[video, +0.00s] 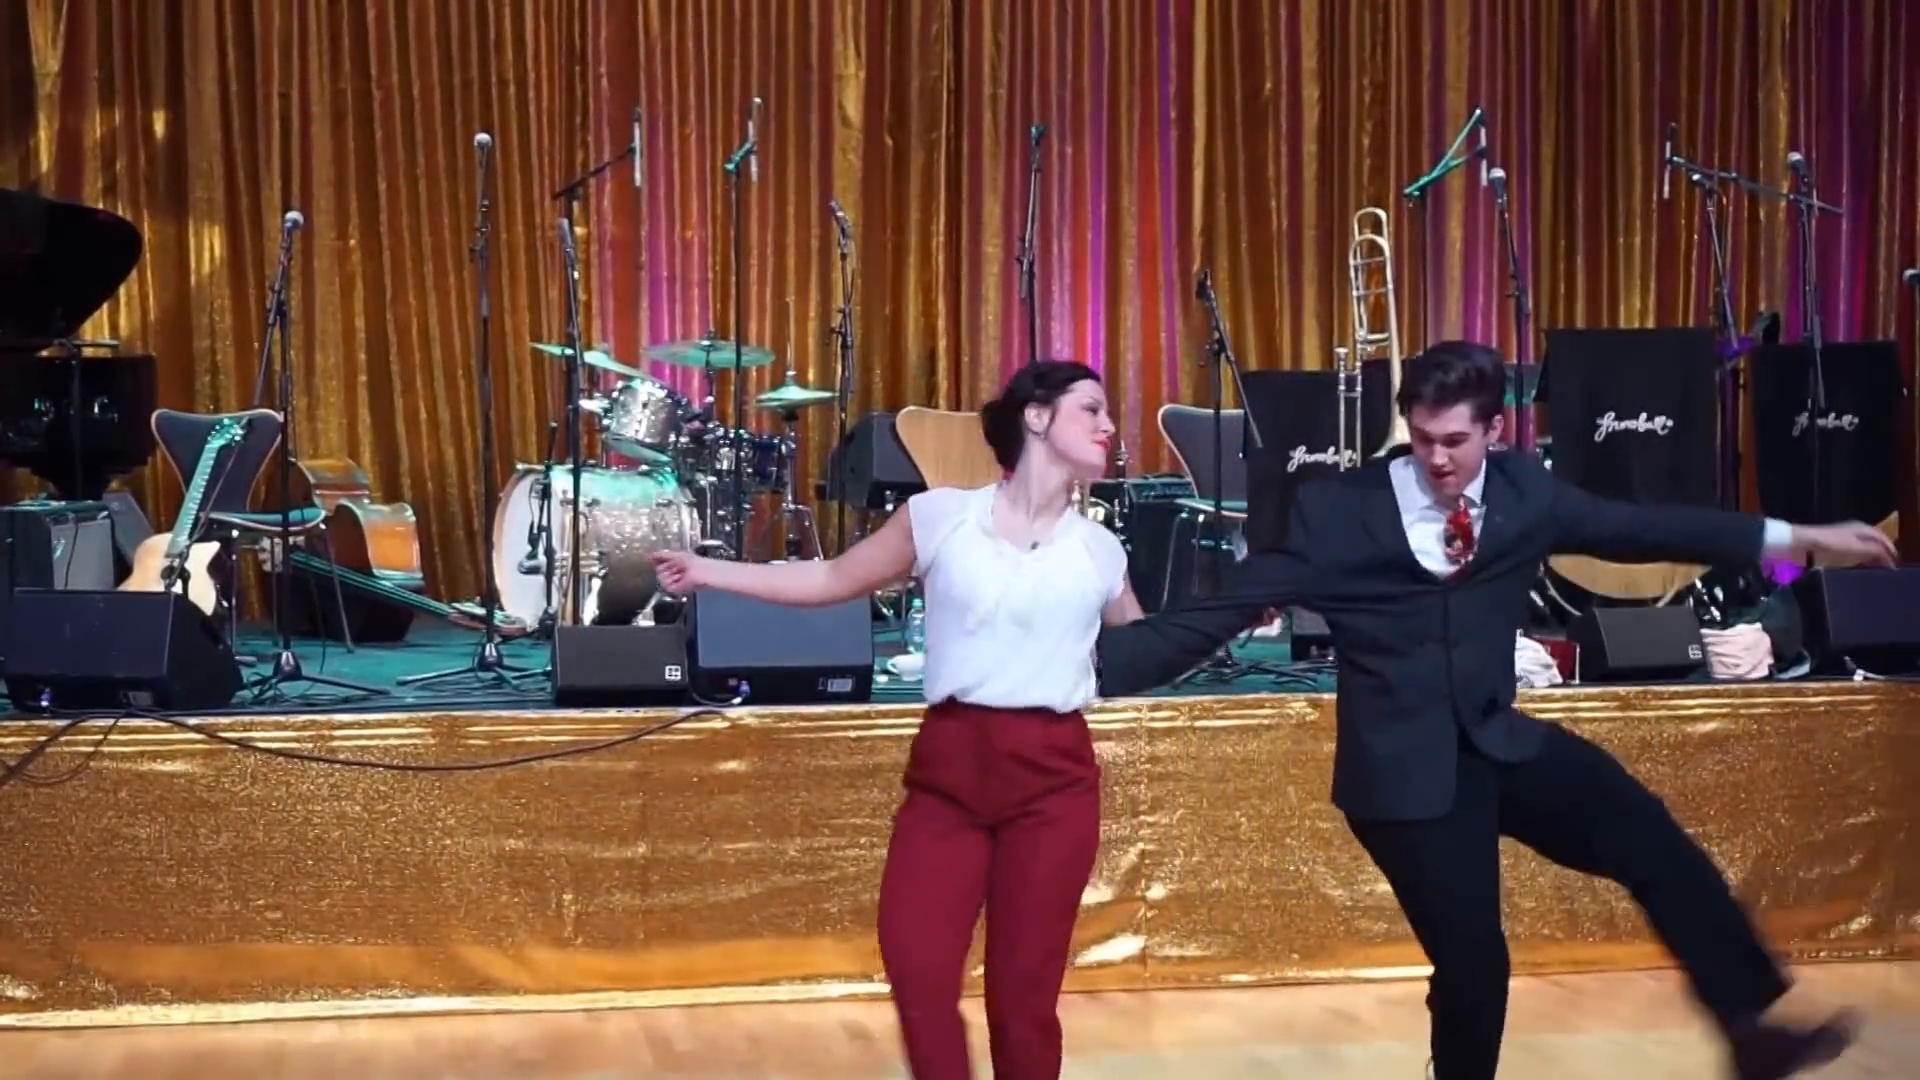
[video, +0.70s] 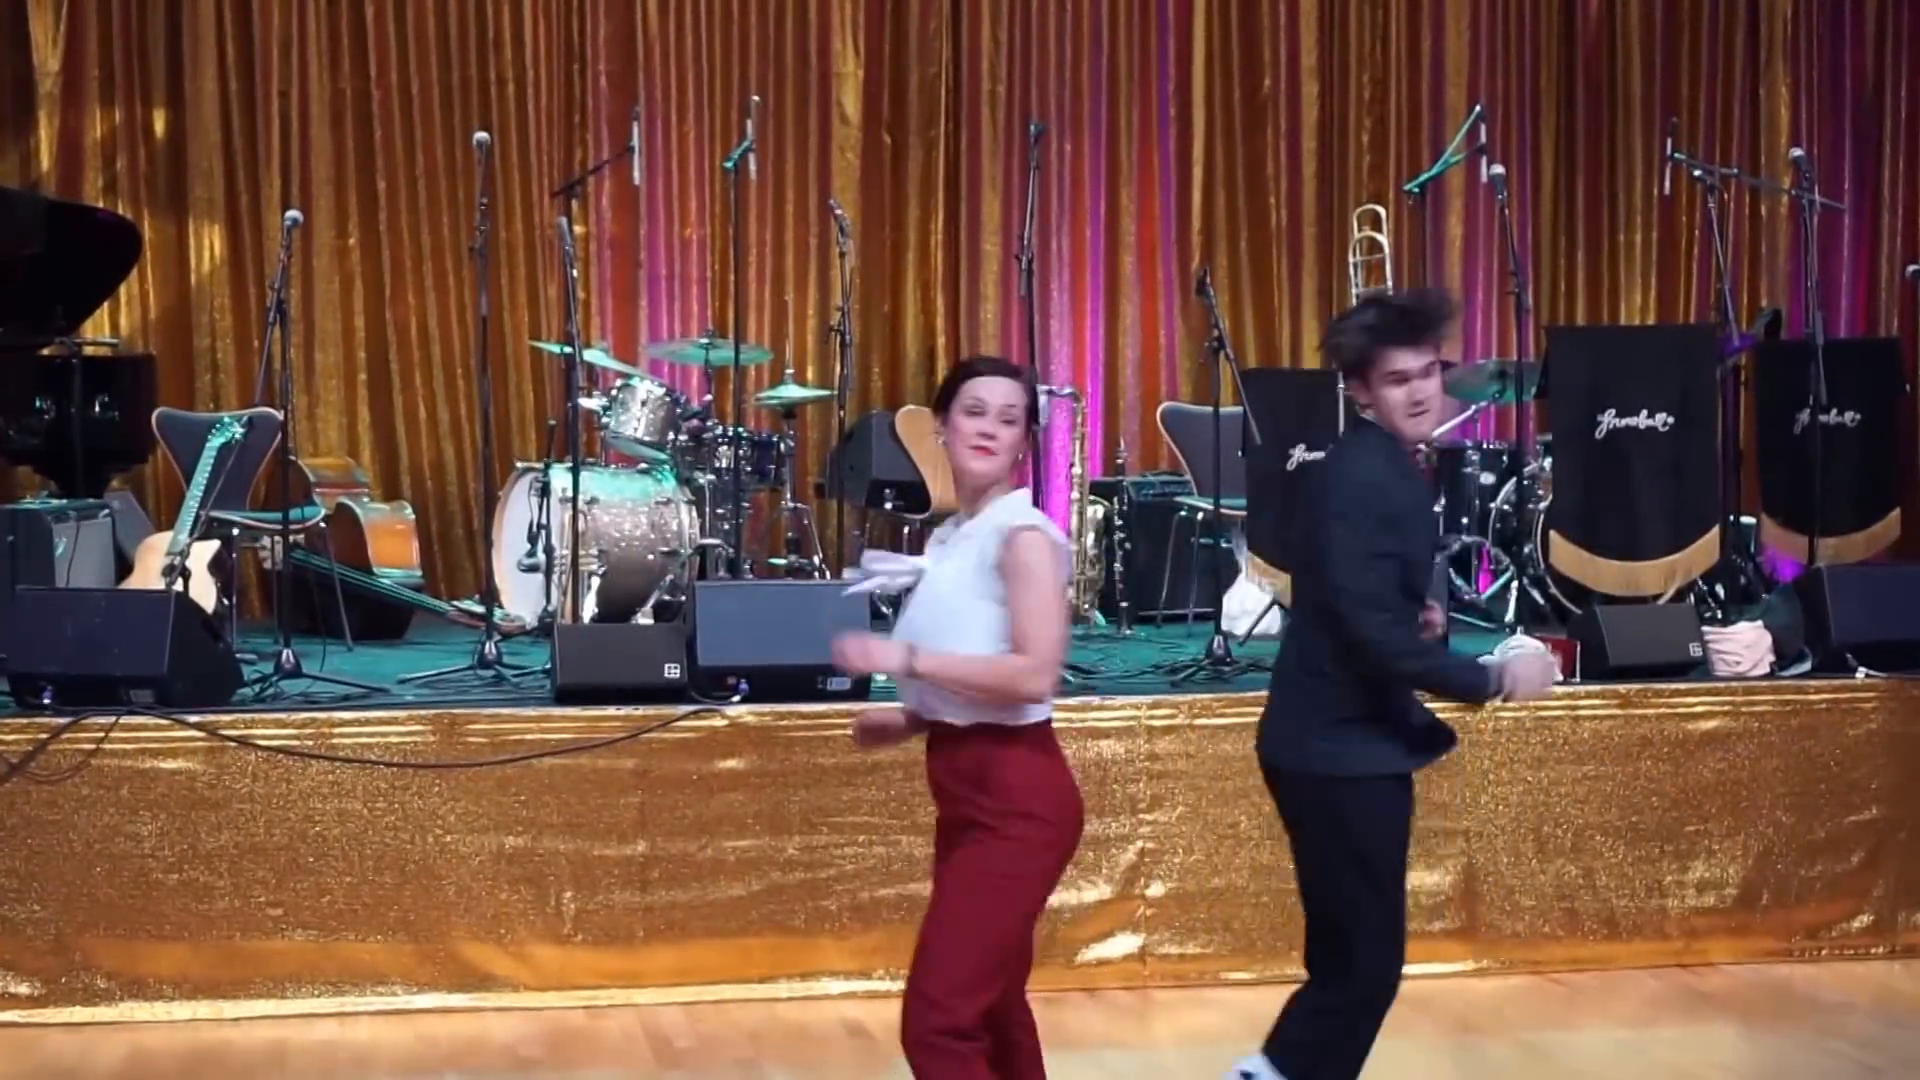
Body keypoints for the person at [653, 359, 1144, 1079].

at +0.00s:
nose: (1110, 428)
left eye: (1108, 414)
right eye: (1093, 410)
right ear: (1037, 418)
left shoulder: (1102, 553)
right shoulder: (936, 517)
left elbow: (1148, 663)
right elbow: (827, 579)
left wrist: (1232, 615)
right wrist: (705, 571)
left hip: (1055, 788)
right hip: (945, 783)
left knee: (1022, 1005)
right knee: (919, 984)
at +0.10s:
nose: (1110, 425)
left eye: (1106, 410)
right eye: (1095, 408)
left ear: (1057, 417)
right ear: (1043, 414)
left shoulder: (1095, 541)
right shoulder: (936, 509)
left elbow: (1148, 648)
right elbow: (824, 581)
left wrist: (1232, 589)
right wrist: (714, 560)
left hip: (1047, 774)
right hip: (944, 771)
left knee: (1004, 996)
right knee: (1005, 997)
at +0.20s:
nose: (1098, 442)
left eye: (1093, 428)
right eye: (1084, 428)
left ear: (1049, 441)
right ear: (1036, 438)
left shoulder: (1079, 562)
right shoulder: (938, 540)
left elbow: (1146, 661)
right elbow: (848, 633)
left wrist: (1239, 602)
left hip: (1038, 804)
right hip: (952, 802)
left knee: (1000, 1017)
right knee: (1056, 1015)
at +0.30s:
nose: (1088, 453)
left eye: (1084, 438)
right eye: (1077, 438)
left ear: (1037, 451)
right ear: (1035, 450)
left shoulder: (1039, 564)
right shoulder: (969, 553)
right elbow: (946, 672)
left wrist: (1088, 617)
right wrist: (1062, 637)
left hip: (1014, 810)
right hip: (965, 815)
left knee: (1000, 1016)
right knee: (1078, 1010)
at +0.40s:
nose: (1079, 439)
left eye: (1076, 424)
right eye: (1070, 424)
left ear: (1000, 442)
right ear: (1033, 437)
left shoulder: (947, 548)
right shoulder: (1042, 546)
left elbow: (936, 659)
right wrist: (1136, 651)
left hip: (922, 794)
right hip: (1000, 806)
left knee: (973, 1006)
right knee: (1072, 999)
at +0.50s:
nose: (1059, 424)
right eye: (1057, 414)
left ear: (966, 430)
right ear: (1050, 428)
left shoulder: (915, 530)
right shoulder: (1097, 537)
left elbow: (859, 654)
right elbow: (1123, 677)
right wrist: (1058, 659)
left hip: (946, 753)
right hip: (1049, 757)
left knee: (943, 1005)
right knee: (1055, 996)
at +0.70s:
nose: (988, 427)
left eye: (1009, 417)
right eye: (973, 411)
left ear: (1025, 442)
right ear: (944, 427)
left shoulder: (1025, 536)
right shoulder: (950, 536)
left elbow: (1038, 675)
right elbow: (969, 670)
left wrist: (910, 659)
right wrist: (909, 718)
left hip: (1019, 801)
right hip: (964, 793)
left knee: (937, 1024)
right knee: (994, 1010)